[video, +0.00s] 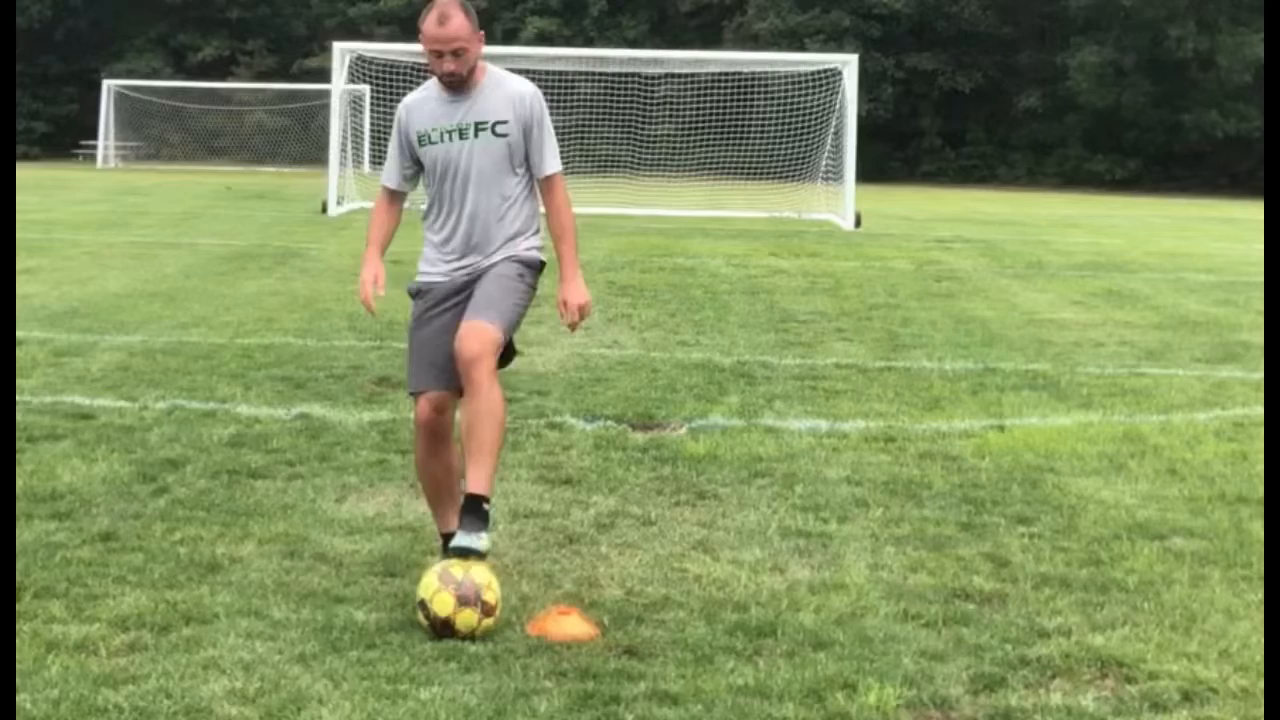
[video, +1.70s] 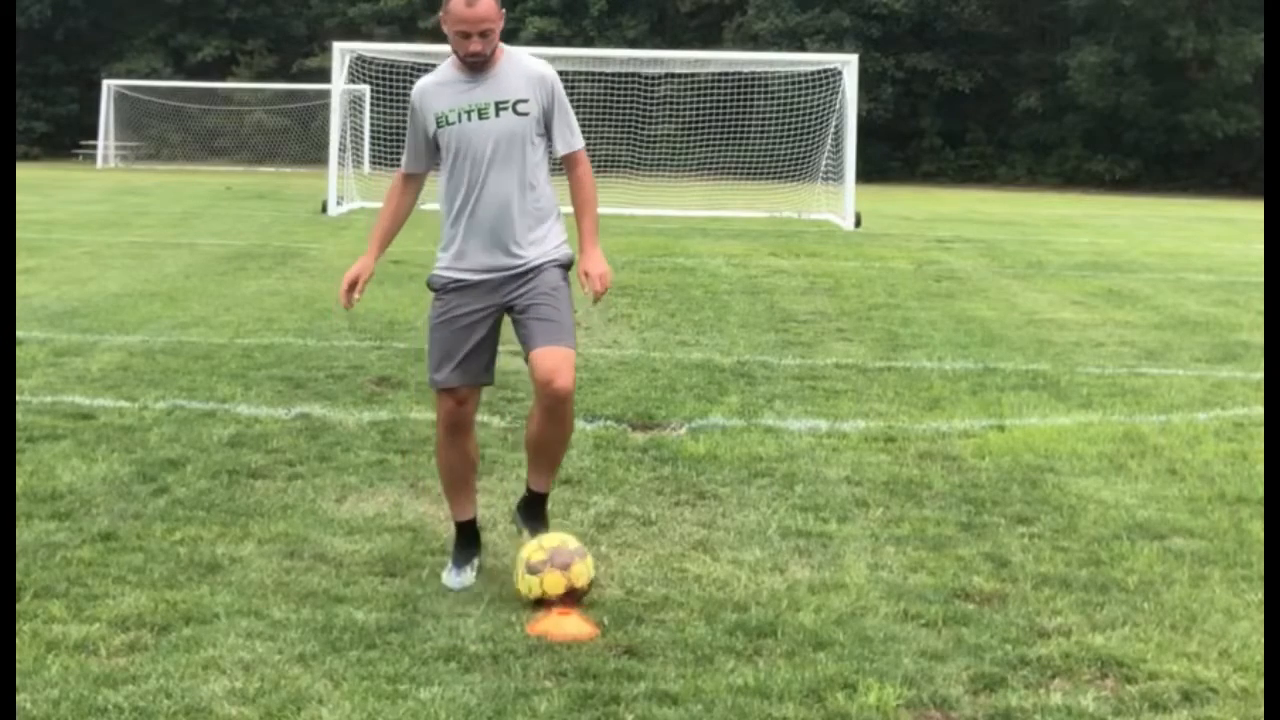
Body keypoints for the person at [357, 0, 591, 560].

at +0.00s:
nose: (447, 66)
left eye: (457, 53)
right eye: (435, 55)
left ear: (480, 41)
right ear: (422, 48)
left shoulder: (521, 98)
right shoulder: (412, 110)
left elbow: (553, 186)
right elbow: (392, 193)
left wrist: (572, 274)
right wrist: (373, 255)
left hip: (510, 256)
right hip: (441, 268)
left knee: (474, 347)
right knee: (429, 412)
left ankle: (475, 509)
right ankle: (451, 543)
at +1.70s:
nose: (475, 45)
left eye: (485, 33)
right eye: (463, 35)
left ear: (502, 21)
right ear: (443, 26)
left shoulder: (539, 78)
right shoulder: (427, 94)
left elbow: (577, 163)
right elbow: (408, 179)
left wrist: (590, 248)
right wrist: (370, 254)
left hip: (538, 264)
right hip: (462, 273)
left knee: (557, 384)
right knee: (453, 411)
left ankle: (534, 507)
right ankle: (465, 536)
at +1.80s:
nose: (480, 39)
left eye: (490, 27)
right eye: (467, 28)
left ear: (507, 15)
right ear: (447, 19)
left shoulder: (542, 70)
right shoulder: (431, 85)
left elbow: (578, 155)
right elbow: (413, 169)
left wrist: (592, 239)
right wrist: (376, 248)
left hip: (544, 254)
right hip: (466, 265)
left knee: (573, 376)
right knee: (458, 402)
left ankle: (556, 495)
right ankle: (466, 533)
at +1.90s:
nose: (485, 35)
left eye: (495, 23)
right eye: (472, 24)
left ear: (511, 12)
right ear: (452, 15)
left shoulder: (546, 65)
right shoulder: (435, 80)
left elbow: (579, 151)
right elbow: (417, 163)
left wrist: (594, 234)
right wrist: (384, 242)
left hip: (549, 248)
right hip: (470, 260)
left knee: (587, 371)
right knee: (460, 399)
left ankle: (575, 489)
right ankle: (467, 531)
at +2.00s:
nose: (490, 34)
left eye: (500, 22)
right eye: (477, 24)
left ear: (516, 10)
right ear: (457, 16)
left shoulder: (551, 64)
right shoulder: (438, 79)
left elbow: (583, 150)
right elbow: (419, 162)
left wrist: (599, 232)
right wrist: (388, 242)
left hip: (554, 245)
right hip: (474, 257)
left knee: (600, 364)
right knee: (463, 395)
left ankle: (592, 490)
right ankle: (470, 528)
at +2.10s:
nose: (495, 37)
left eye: (506, 24)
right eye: (482, 26)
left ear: (522, 10)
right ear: (461, 15)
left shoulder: (557, 66)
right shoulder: (440, 82)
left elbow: (586, 154)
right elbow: (422, 164)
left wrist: (603, 234)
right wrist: (392, 244)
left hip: (559, 246)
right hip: (478, 259)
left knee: (612, 363)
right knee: (466, 396)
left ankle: (607, 493)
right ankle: (473, 529)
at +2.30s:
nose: (511, 51)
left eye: (519, 38)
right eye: (498, 41)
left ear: (532, 25)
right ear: (473, 31)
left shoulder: (563, 80)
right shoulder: (447, 97)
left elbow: (592, 165)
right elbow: (425, 180)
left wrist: (615, 245)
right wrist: (400, 261)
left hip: (568, 259)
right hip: (489, 272)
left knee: (632, 369)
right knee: (477, 411)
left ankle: (633, 512)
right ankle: (477, 544)